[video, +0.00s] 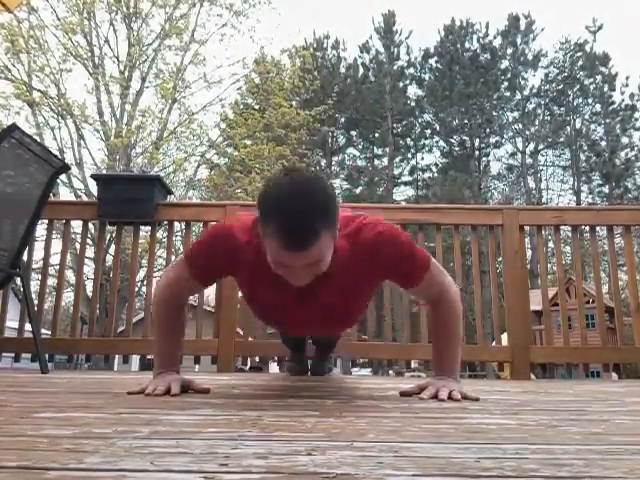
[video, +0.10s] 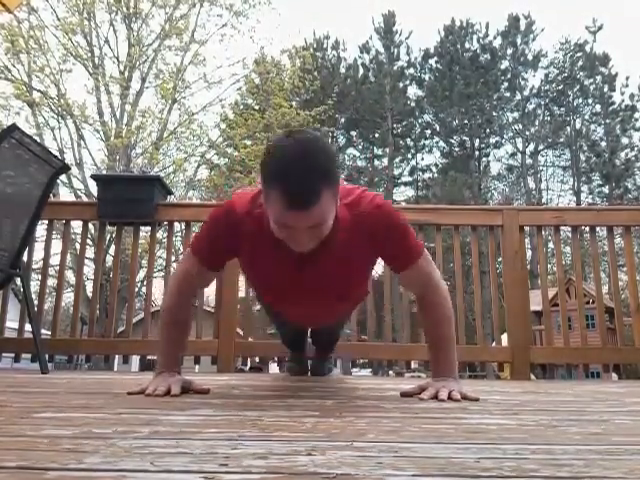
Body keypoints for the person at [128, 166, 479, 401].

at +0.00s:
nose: (298, 277)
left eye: (311, 266)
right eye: (283, 267)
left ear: (336, 234)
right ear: (261, 237)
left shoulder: (377, 241)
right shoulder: (232, 241)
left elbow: (443, 293)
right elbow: (169, 289)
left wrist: (446, 377)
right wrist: (166, 369)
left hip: (337, 315)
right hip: (278, 314)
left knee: (326, 341)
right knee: (293, 340)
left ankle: (322, 357)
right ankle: (296, 356)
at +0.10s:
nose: (301, 240)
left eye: (315, 227)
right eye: (285, 227)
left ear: (336, 195)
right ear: (264, 200)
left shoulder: (375, 217)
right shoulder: (234, 219)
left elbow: (430, 288)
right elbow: (183, 287)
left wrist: (445, 376)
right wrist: (167, 371)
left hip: (337, 309)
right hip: (280, 308)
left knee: (326, 338)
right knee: (292, 337)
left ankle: (322, 359)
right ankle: (295, 357)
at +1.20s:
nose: (296, 338)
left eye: (308, 326)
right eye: (280, 329)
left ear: (331, 286)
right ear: (255, 290)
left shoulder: (368, 268)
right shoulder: (229, 269)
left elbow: (447, 292)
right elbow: (160, 292)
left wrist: (446, 375)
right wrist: (165, 370)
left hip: (336, 349)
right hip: (269, 349)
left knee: (322, 361)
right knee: (283, 359)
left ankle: (318, 365)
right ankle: (295, 362)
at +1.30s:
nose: (295, 382)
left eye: (309, 372)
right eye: (277, 375)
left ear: (332, 324)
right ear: (250, 325)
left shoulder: (368, 291)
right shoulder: (230, 289)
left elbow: (448, 291)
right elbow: (160, 288)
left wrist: (446, 374)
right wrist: (164, 369)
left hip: (337, 362)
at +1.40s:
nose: (293, 384)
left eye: (308, 374)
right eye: (275, 377)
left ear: (332, 328)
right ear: (249, 327)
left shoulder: (368, 293)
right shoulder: (230, 290)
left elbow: (448, 291)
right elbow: (159, 288)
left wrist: (445, 375)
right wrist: (164, 369)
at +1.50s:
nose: (295, 336)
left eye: (308, 324)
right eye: (280, 328)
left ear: (332, 283)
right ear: (255, 289)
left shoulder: (373, 270)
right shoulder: (226, 268)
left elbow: (450, 291)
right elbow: (160, 289)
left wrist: (447, 376)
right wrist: (164, 370)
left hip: (338, 341)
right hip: (271, 344)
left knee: (325, 361)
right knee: (286, 362)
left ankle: (325, 362)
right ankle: (293, 360)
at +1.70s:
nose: (294, 243)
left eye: (307, 231)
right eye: (280, 231)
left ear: (331, 200)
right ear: (261, 206)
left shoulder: (374, 216)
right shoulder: (233, 218)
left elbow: (428, 287)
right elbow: (179, 287)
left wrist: (445, 376)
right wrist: (167, 372)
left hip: (335, 304)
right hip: (278, 305)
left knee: (325, 337)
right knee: (292, 338)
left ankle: (322, 359)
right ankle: (294, 358)